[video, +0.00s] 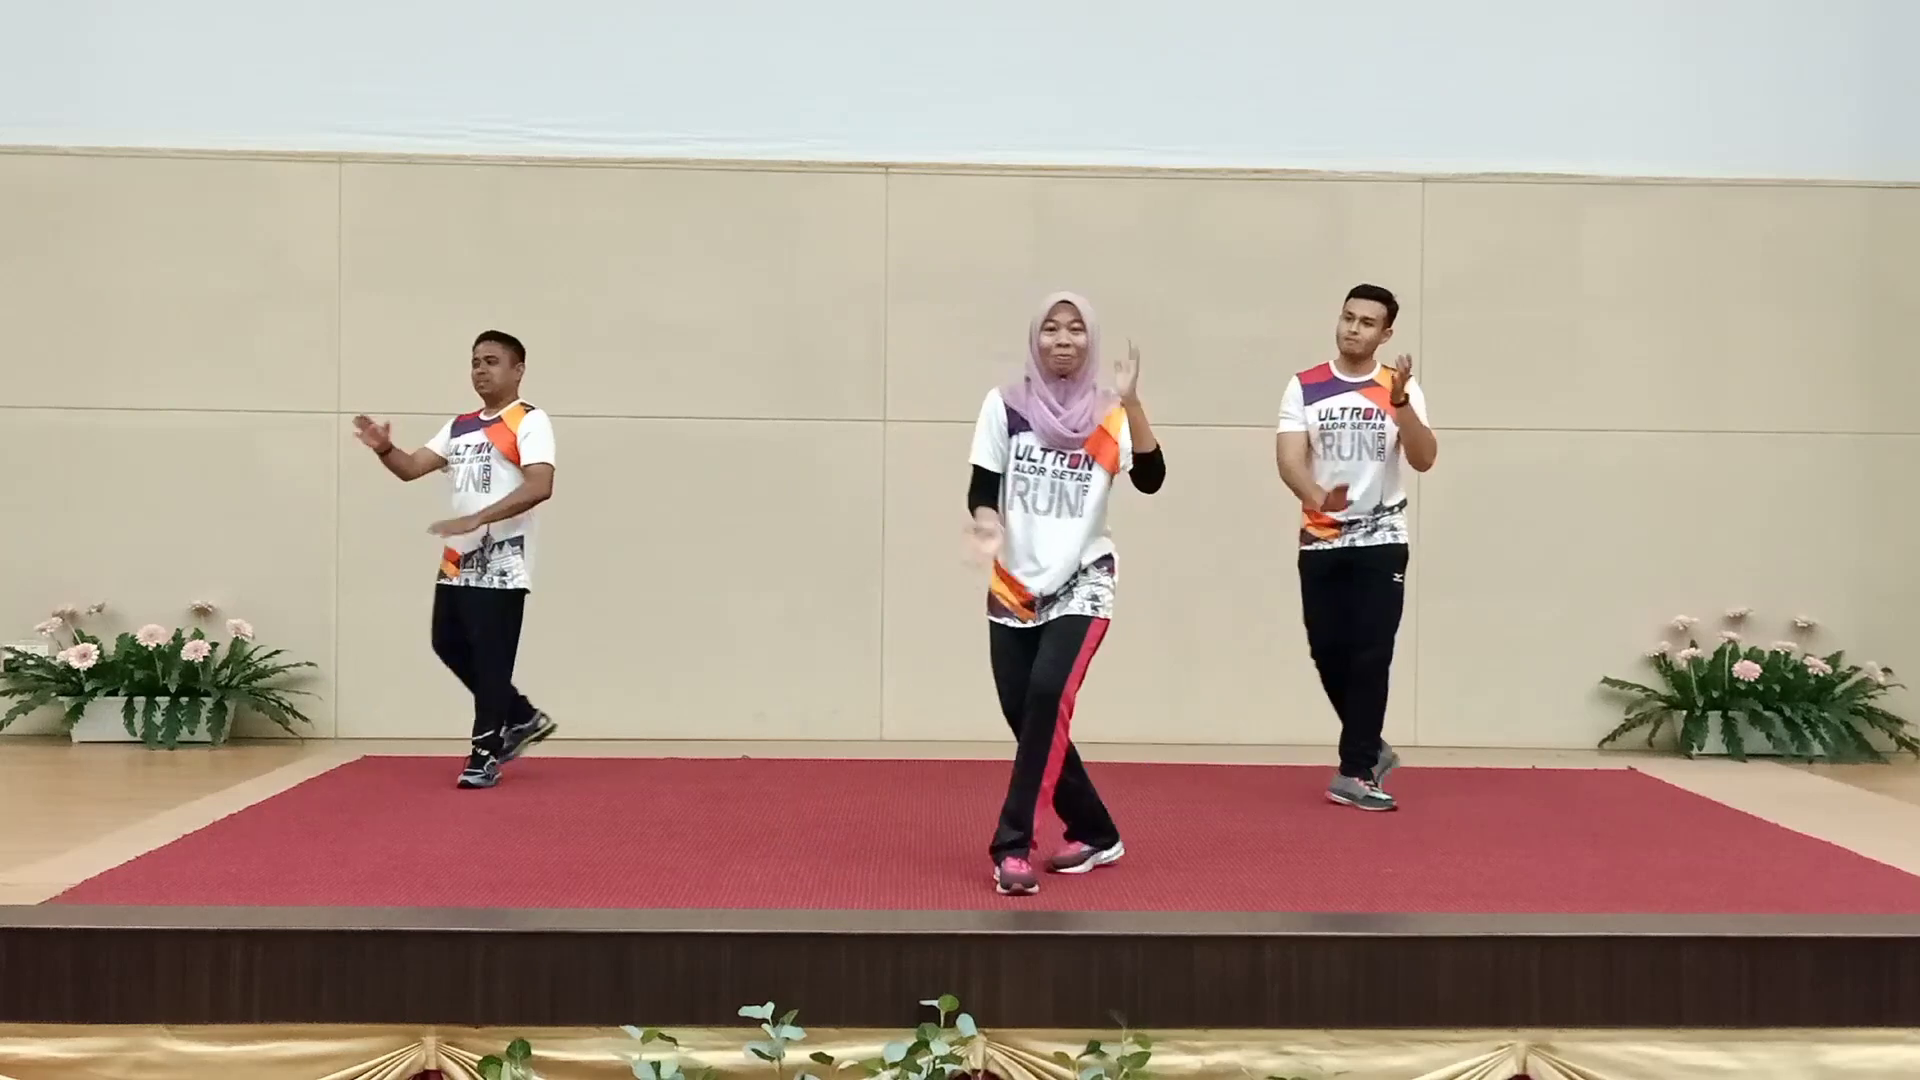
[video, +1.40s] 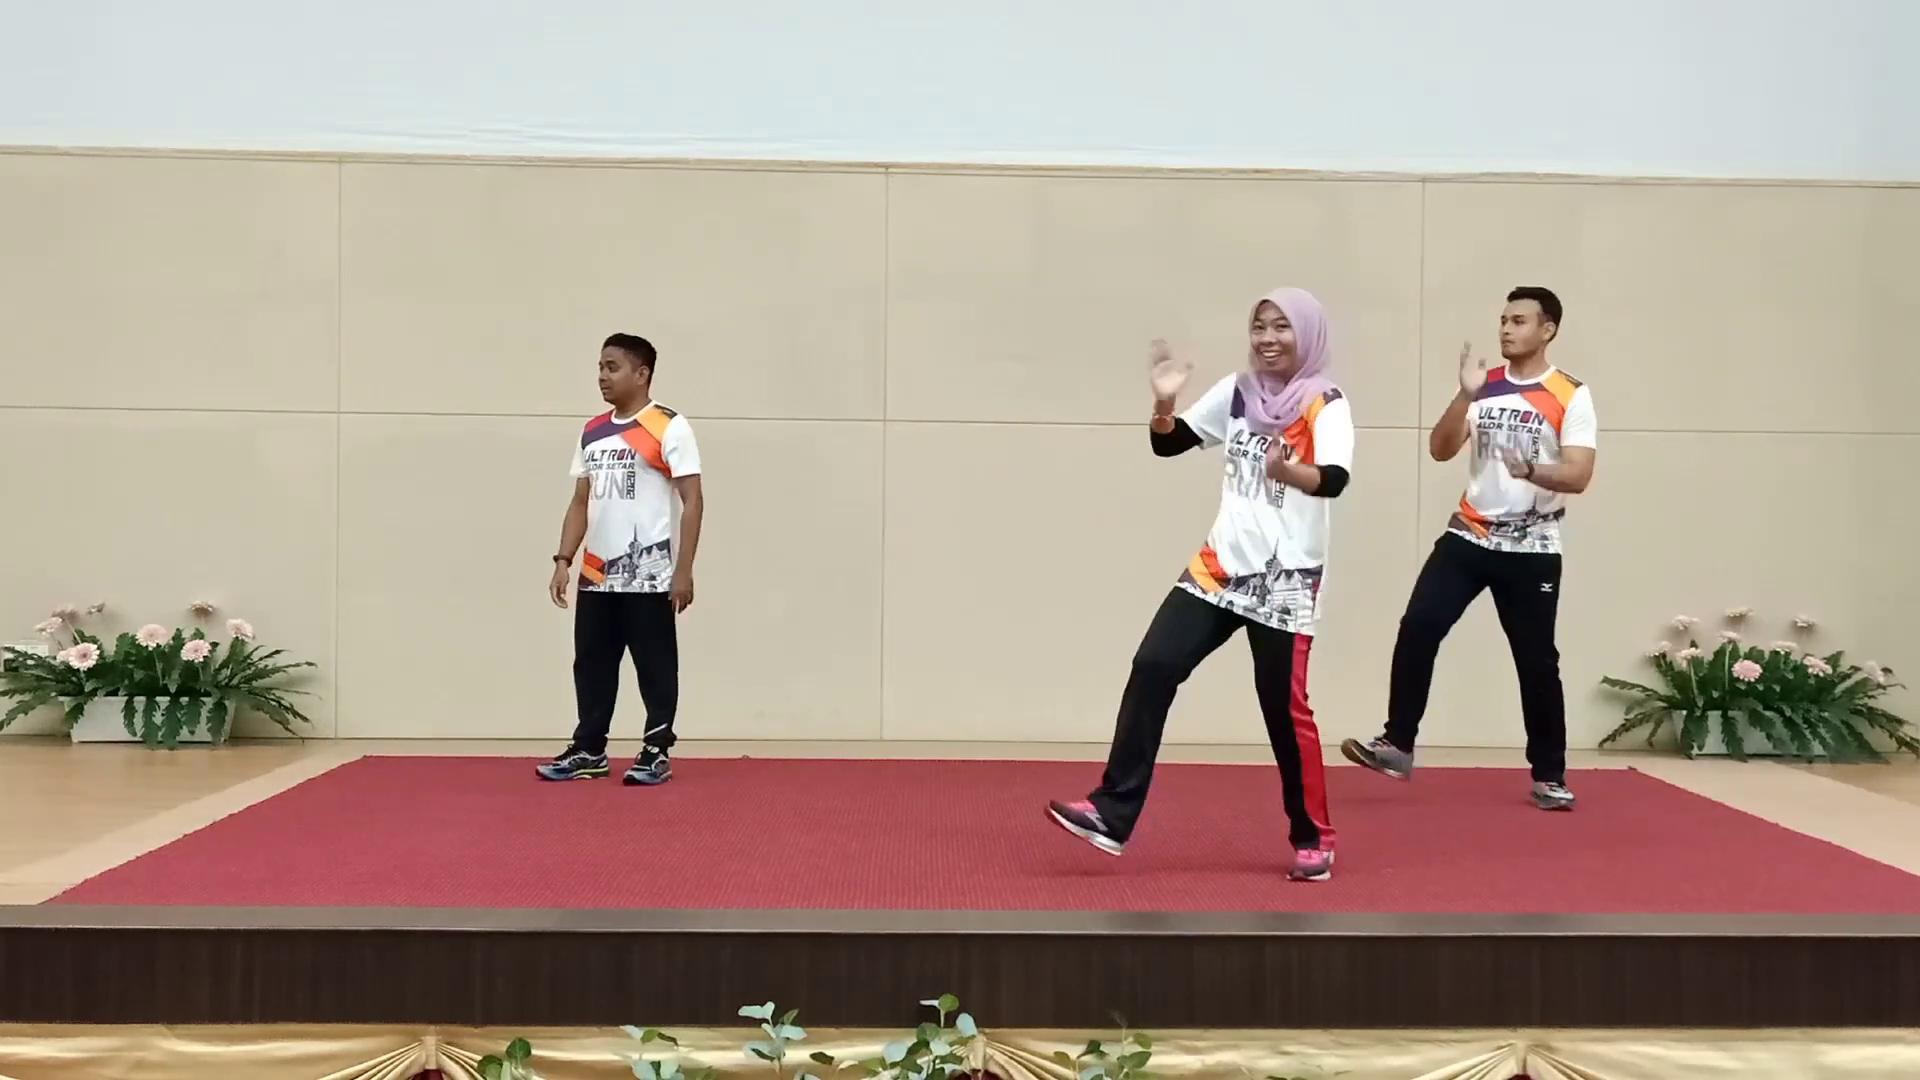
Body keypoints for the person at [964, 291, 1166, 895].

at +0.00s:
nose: (1063, 337)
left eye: (1075, 328)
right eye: (1051, 327)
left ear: (1090, 343)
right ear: (1034, 340)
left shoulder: (1109, 413)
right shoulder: (1006, 406)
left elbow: (1150, 479)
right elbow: (982, 491)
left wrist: (1133, 403)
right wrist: (988, 523)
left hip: (1082, 582)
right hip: (1013, 584)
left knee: (1046, 698)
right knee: (1026, 716)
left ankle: (1012, 848)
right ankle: (1097, 835)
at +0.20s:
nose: (1107, 341)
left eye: (1119, 331)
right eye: (1096, 331)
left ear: (1137, 343)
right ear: (1080, 341)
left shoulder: (1162, 408)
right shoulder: (1053, 404)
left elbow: (1190, 477)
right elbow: (1030, 486)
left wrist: (1159, 409)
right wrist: (1033, 550)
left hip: (1131, 577)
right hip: (1061, 579)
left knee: (1109, 677)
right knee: (1052, 695)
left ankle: (1103, 836)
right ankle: (1086, 829)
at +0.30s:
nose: (1132, 328)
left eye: (1145, 319)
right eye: (1122, 319)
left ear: (1163, 330)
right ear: (1105, 329)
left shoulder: (1185, 395)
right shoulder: (1077, 387)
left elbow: (1219, 465)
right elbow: (1040, 461)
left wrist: (1184, 403)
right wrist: (1031, 506)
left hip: (1153, 567)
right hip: (1083, 569)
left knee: (1148, 678)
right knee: (1076, 695)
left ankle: (1181, 831)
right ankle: (1097, 838)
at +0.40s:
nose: (1160, 323)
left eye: (1172, 314)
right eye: (1150, 314)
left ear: (1192, 326)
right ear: (1133, 325)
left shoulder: (1214, 389)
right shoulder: (1105, 380)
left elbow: (1249, 457)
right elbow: (1057, 438)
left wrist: (1213, 404)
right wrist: (1039, 455)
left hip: (1178, 569)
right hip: (1106, 569)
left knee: (1191, 687)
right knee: (1093, 697)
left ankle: (1260, 825)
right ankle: (1098, 837)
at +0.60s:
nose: (1211, 333)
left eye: (1223, 323)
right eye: (1201, 324)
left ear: (1245, 335)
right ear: (1187, 336)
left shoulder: (1270, 403)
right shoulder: (1161, 395)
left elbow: (1303, 468)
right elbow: (1093, 443)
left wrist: (1266, 449)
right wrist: (1095, 414)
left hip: (1233, 586)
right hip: (1159, 581)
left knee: (1259, 708)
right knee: (1119, 693)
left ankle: (1311, 837)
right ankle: (1099, 836)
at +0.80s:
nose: (1257, 344)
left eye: (1270, 334)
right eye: (1248, 336)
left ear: (1297, 344)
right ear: (1239, 348)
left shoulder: (1312, 419)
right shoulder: (1228, 406)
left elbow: (1341, 493)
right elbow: (1161, 456)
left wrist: (1308, 521)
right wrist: (1173, 411)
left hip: (1282, 595)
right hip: (1219, 582)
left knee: (1282, 717)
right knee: (1137, 658)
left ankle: (1315, 841)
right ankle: (1118, 812)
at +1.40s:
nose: (1268, 337)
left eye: (1281, 327)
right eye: (1260, 327)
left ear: (1309, 335)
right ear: (1250, 336)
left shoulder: (1325, 404)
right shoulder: (1237, 391)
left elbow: (1334, 480)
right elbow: (1169, 446)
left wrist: (1288, 472)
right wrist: (1164, 407)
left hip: (1288, 576)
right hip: (1221, 564)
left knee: (1285, 706)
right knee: (1153, 668)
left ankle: (1311, 840)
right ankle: (1113, 815)